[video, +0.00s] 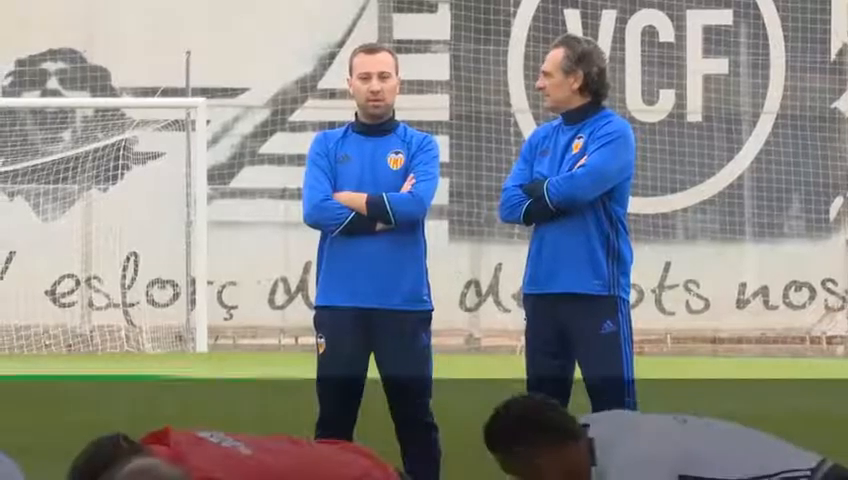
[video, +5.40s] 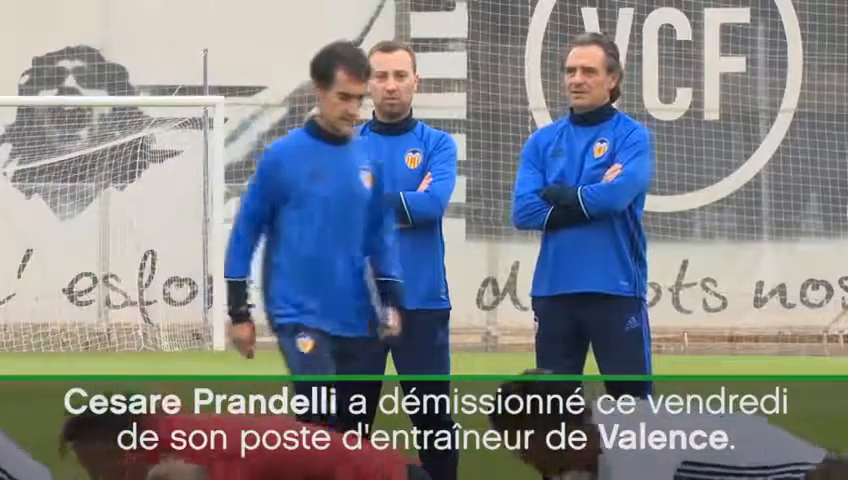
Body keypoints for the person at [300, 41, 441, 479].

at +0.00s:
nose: (375, 87)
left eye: (384, 77)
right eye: (365, 78)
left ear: (398, 84)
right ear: (350, 85)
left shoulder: (420, 144)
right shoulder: (327, 143)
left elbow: (415, 207)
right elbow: (315, 211)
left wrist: (343, 197)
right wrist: (388, 213)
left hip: (404, 303)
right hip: (340, 303)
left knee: (415, 421)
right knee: (334, 422)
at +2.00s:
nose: (397, 84)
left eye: (406, 75)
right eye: (387, 76)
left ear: (418, 82)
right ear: (369, 84)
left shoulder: (439, 142)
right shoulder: (345, 142)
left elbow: (433, 205)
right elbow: (333, 210)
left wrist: (362, 196)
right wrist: (406, 212)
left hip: (423, 302)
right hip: (358, 302)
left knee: (432, 417)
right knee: (351, 419)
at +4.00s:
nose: (393, 85)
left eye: (402, 76)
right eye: (383, 77)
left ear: (417, 82)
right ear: (368, 83)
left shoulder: (439, 142)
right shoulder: (345, 141)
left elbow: (432, 205)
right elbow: (332, 210)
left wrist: (362, 196)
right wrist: (404, 213)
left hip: (423, 302)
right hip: (357, 302)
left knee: (433, 417)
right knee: (352, 417)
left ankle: (442, 479)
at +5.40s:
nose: (391, 86)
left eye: (400, 76)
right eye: (381, 77)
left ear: (416, 82)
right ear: (368, 84)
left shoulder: (438, 144)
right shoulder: (349, 143)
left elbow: (432, 206)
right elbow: (339, 203)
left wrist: (367, 199)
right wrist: (411, 195)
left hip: (422, 300)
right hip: (359, 300)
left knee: (434, 417)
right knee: (350, 420)